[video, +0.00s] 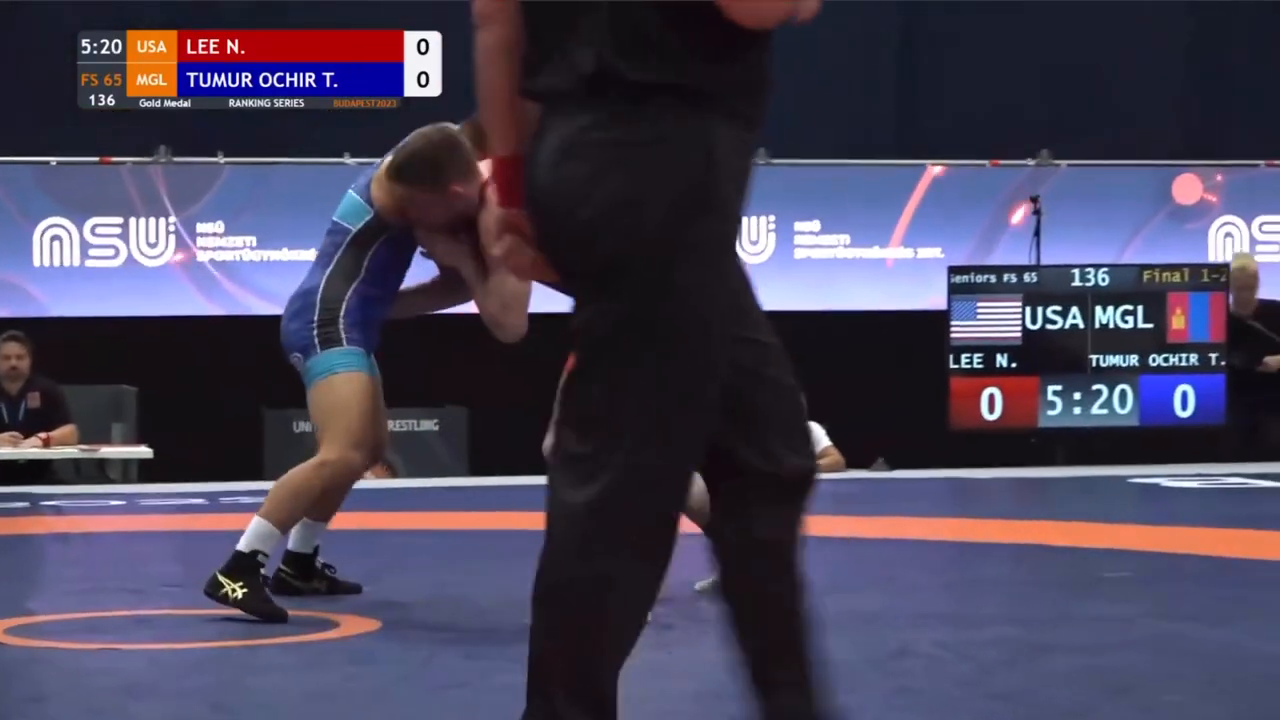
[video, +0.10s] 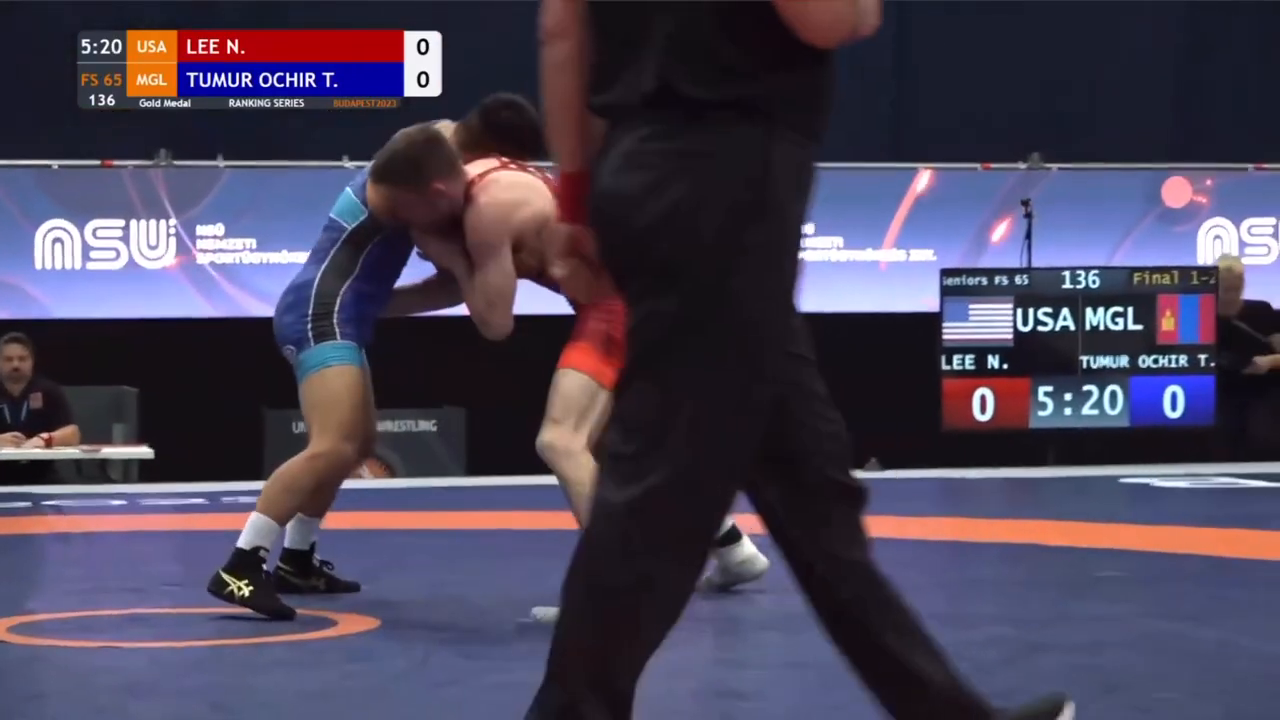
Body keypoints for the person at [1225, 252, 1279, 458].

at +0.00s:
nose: (1245, 295)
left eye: (1250, 289)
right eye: (1240, 289)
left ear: (1257, 285)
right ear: (1230, 287)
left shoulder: (1274, 313)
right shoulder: (1218, 318)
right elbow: (1216, 359)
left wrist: (1276, 359)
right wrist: (1259, 364)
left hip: (1271, 406)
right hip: (1233, 407)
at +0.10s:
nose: (1231, 295)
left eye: (1235, 289)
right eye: (1226, 290)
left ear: (1242, 285)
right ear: (1215, 286)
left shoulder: (1261, 311)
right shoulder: (1204, 314)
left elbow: (1278, 352)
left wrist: (1268, 361)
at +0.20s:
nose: (1217, 298)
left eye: (1221, 292)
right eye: (1212, 292)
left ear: (1230, 288)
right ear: (1202, 291)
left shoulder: (1250, 313)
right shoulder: (1193, 318)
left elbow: (1276, 353)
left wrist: (1265, 367)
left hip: (1247, 393)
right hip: (1207, 394)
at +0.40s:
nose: (1211, 305)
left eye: (1216, 299)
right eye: (1206, 299)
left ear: (1226, 295)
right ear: (1199, 298)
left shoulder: (1246, 319)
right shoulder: (1191, 326)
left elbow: (1273, 356)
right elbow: (1180, 363)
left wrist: (1273, 381)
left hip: (1246, 401)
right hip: (1207, 403)